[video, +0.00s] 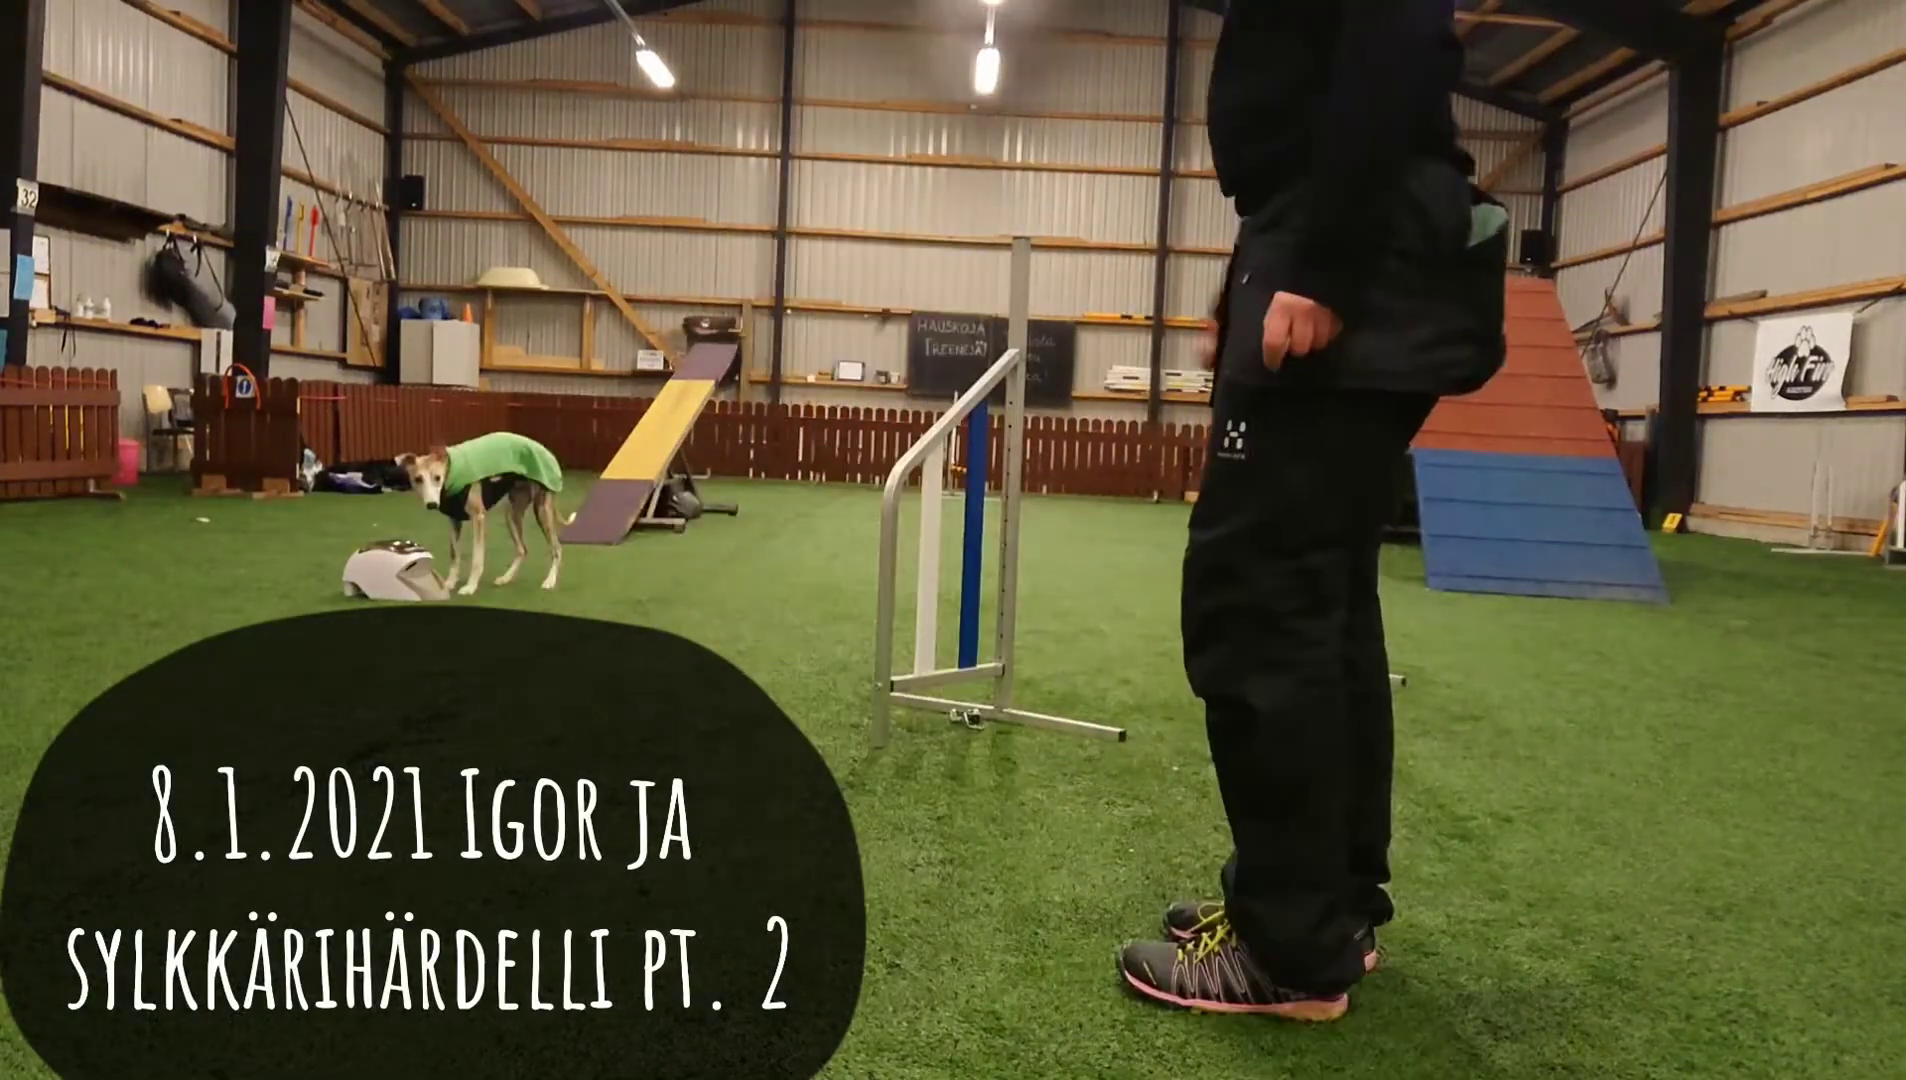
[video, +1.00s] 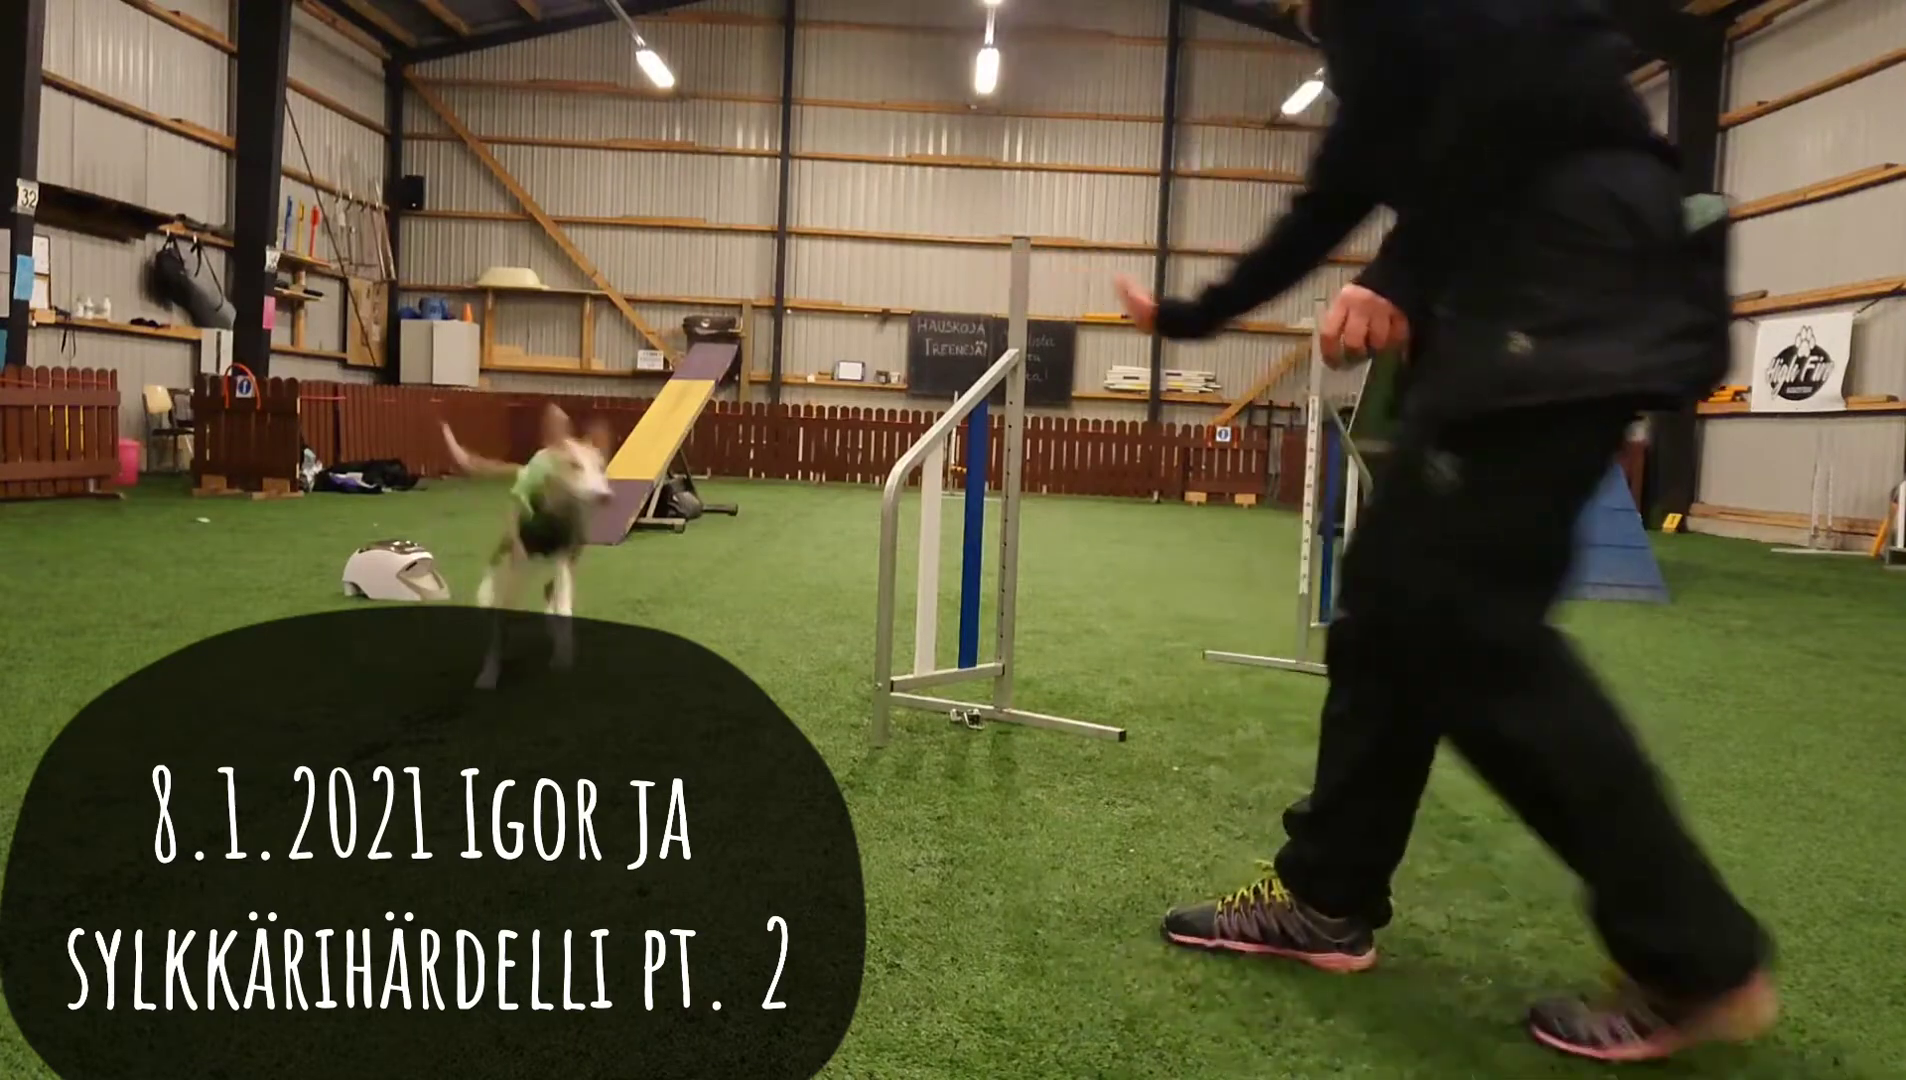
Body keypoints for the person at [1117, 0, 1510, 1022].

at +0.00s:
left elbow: (1393, 51)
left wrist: (1321, 269)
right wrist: (1282, 267)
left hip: (1333, 284)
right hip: (1348, 281)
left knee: (1251, 606)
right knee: (1322, 606)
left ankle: (1290, 951)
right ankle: (1335, 908)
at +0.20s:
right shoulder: (1269, 31)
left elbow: (1411, 57)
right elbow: (1221, 142)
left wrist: (1333, 259)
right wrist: (1097, 271)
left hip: (1405, 288)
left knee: (1279, 602)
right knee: (1321, 603)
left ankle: (1295, 955)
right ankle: (1334, 910)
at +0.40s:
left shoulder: (1403, 10)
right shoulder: (1251, 37)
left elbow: (1444, 80)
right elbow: (1188, 164)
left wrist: (1393, 265)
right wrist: (1053, 266)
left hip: (1434, 298)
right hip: (1382, 301)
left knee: (1323, 624)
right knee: (1338, 621)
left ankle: (1300, 956)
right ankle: (1334, 910)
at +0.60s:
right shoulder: (1258, 39)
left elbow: (1448, 59)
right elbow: (1197, 167)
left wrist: (1394, 260)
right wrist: (1049, 269)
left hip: (1443, 289)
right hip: (1395, 295)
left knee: (1333, 623)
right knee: (1337, 617)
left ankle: (1301, 955)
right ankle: (1330, 908)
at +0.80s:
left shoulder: (1420, 9)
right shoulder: (1294, 45)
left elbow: (1464, 83)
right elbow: (1227, 174)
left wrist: (1390, 260)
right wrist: (1087, 272)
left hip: (1505, 270)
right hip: (1442, 274)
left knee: (1350, 581)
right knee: (1328, 575)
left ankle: (1384, 945)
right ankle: (1322, 897)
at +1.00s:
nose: (1287, 15)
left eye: (1284, 10)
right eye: (1280, 17)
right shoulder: (1388, 34)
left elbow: (1500, 95)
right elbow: (1344, 182)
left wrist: (1401, 274)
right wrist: (1201, 308)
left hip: (1576, 275)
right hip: (1498, 290)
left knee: (1464, 615)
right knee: (1391, 604)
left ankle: (1702, 965)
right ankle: (1328, 900)